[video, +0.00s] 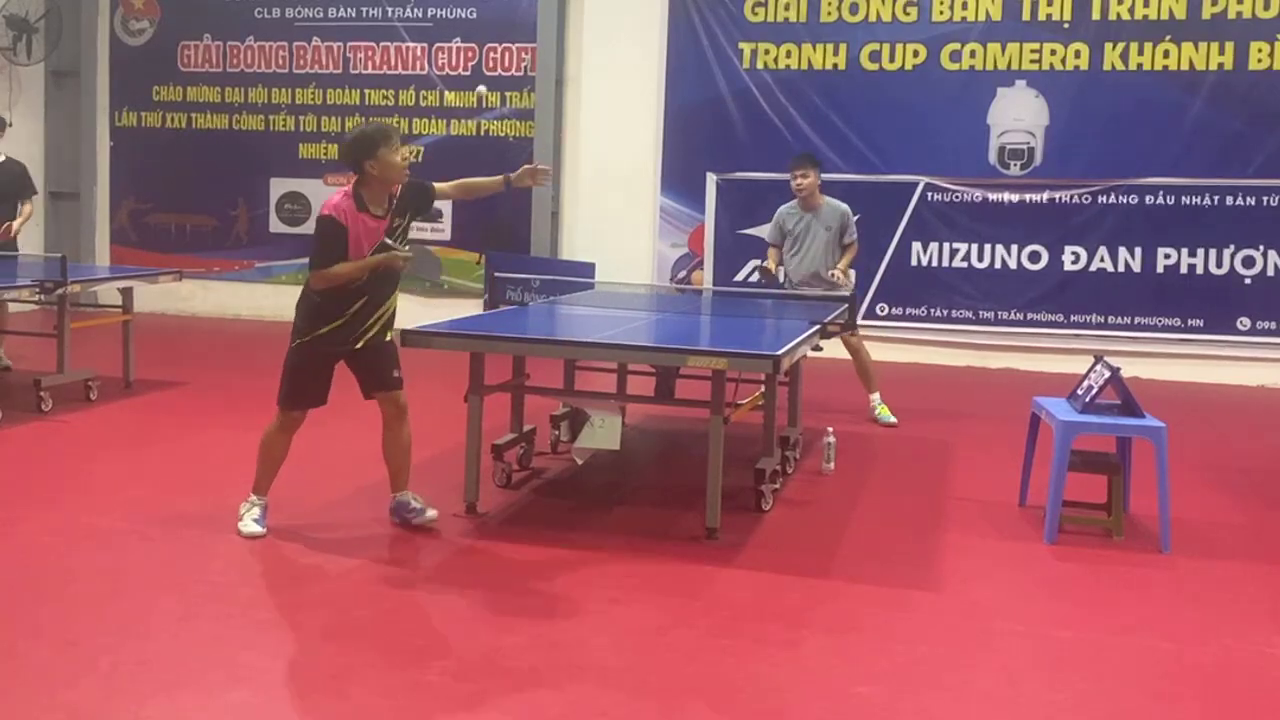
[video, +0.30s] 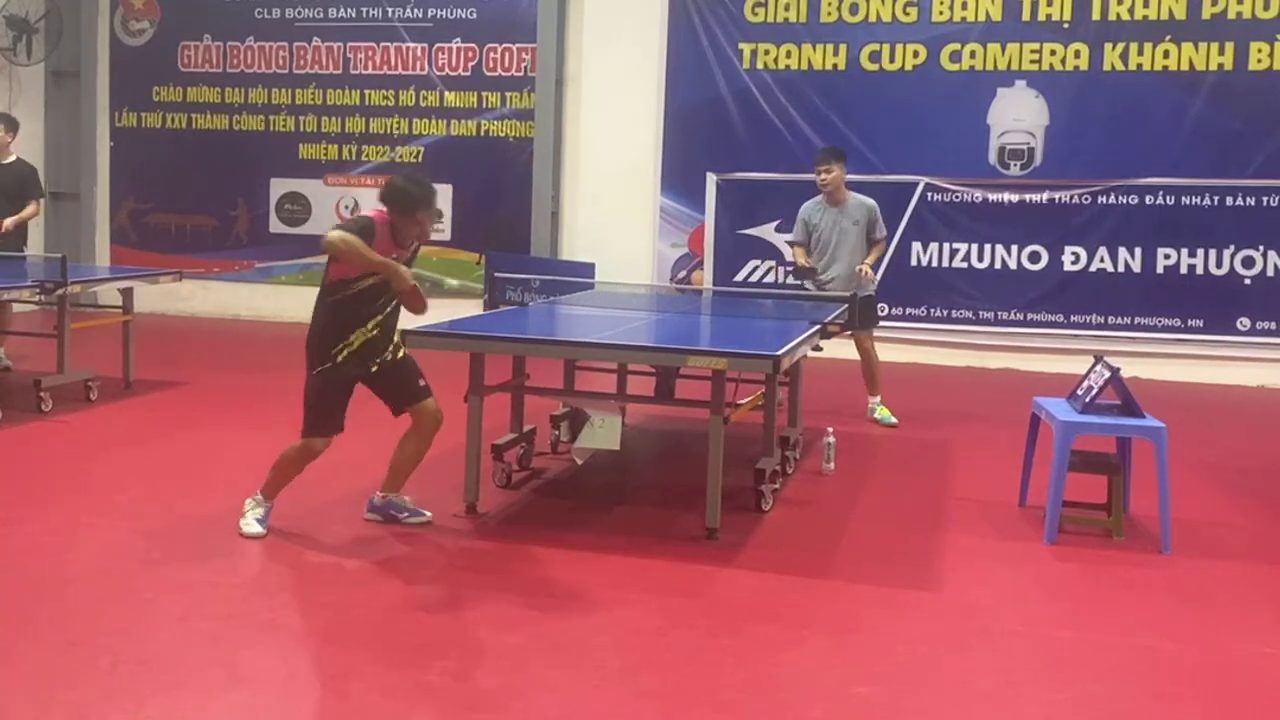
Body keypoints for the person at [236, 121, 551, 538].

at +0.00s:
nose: (405, 158)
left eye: (401, 150)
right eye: (395, 152)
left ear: (383, 165)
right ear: (370, 167)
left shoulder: (405, 195)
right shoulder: (337, 214)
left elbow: (455, 189)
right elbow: (318, 278)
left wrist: (510, 180)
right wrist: (376, 261)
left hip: (372, 327)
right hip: (319, 329)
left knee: (396, 405)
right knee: (289, 417)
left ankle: (401, 499)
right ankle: (256, 501)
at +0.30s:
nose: (426, 230)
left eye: (430, 222)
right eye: (420, 222)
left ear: (428, 216)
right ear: (396, 215)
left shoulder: (412, 243)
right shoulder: (367, 227)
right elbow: (332, 240)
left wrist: (406, 291)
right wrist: (390, 268)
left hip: (380, 344)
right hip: (334, 350)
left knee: (429, 417)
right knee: (315, 443)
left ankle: (387, 498)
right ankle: (260, 503)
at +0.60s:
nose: (477, 193)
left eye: (478, 185)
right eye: (476, 185)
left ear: (441, 179)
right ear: (460, 185)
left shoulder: (407, 201)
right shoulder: (433, 223)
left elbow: (356, 235)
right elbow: (455, 263)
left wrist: (326, 268)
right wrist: (474, 254)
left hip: (369, 324)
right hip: (354, 330)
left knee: (410, 409)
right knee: (393, 419)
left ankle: (383, 498)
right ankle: (333, 517)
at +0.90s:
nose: (470, 191)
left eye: (470, 183)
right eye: (469, 183)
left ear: (425, 179)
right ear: (457, 183)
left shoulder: (380, 213)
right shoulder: (442, 238)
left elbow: (325, 257)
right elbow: (447, 311)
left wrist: (338, 291)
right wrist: (458, 313)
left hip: (337, 342)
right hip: (381, 354)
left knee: (366, 412)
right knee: (423, 449)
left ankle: (352, 495)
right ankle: (399, 560)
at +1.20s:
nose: (445, 203)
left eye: (446, 194)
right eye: (443, 194)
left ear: (406, 192)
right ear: (429, 197)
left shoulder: (376, 219)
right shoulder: (388, 248)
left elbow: (367, 272)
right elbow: (357, 322)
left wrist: (417, 281)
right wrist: (406, 361)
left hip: (299, 333)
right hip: (330, 344)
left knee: (315, 406)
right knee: (386, 434)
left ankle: (243, 479)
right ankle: (380, 541)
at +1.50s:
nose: (354, 261)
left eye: (354, 254)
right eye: (350, 253)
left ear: (329, 256)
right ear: (327, 255)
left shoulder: (343, 284)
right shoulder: (260, 290)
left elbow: (388, 312)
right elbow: (209, 322)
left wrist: (406, 311)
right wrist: (190, 374)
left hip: (301, 378)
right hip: (272, 380)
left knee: (265, 436)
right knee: (342, 428)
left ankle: (191, 455)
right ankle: (334, 532)